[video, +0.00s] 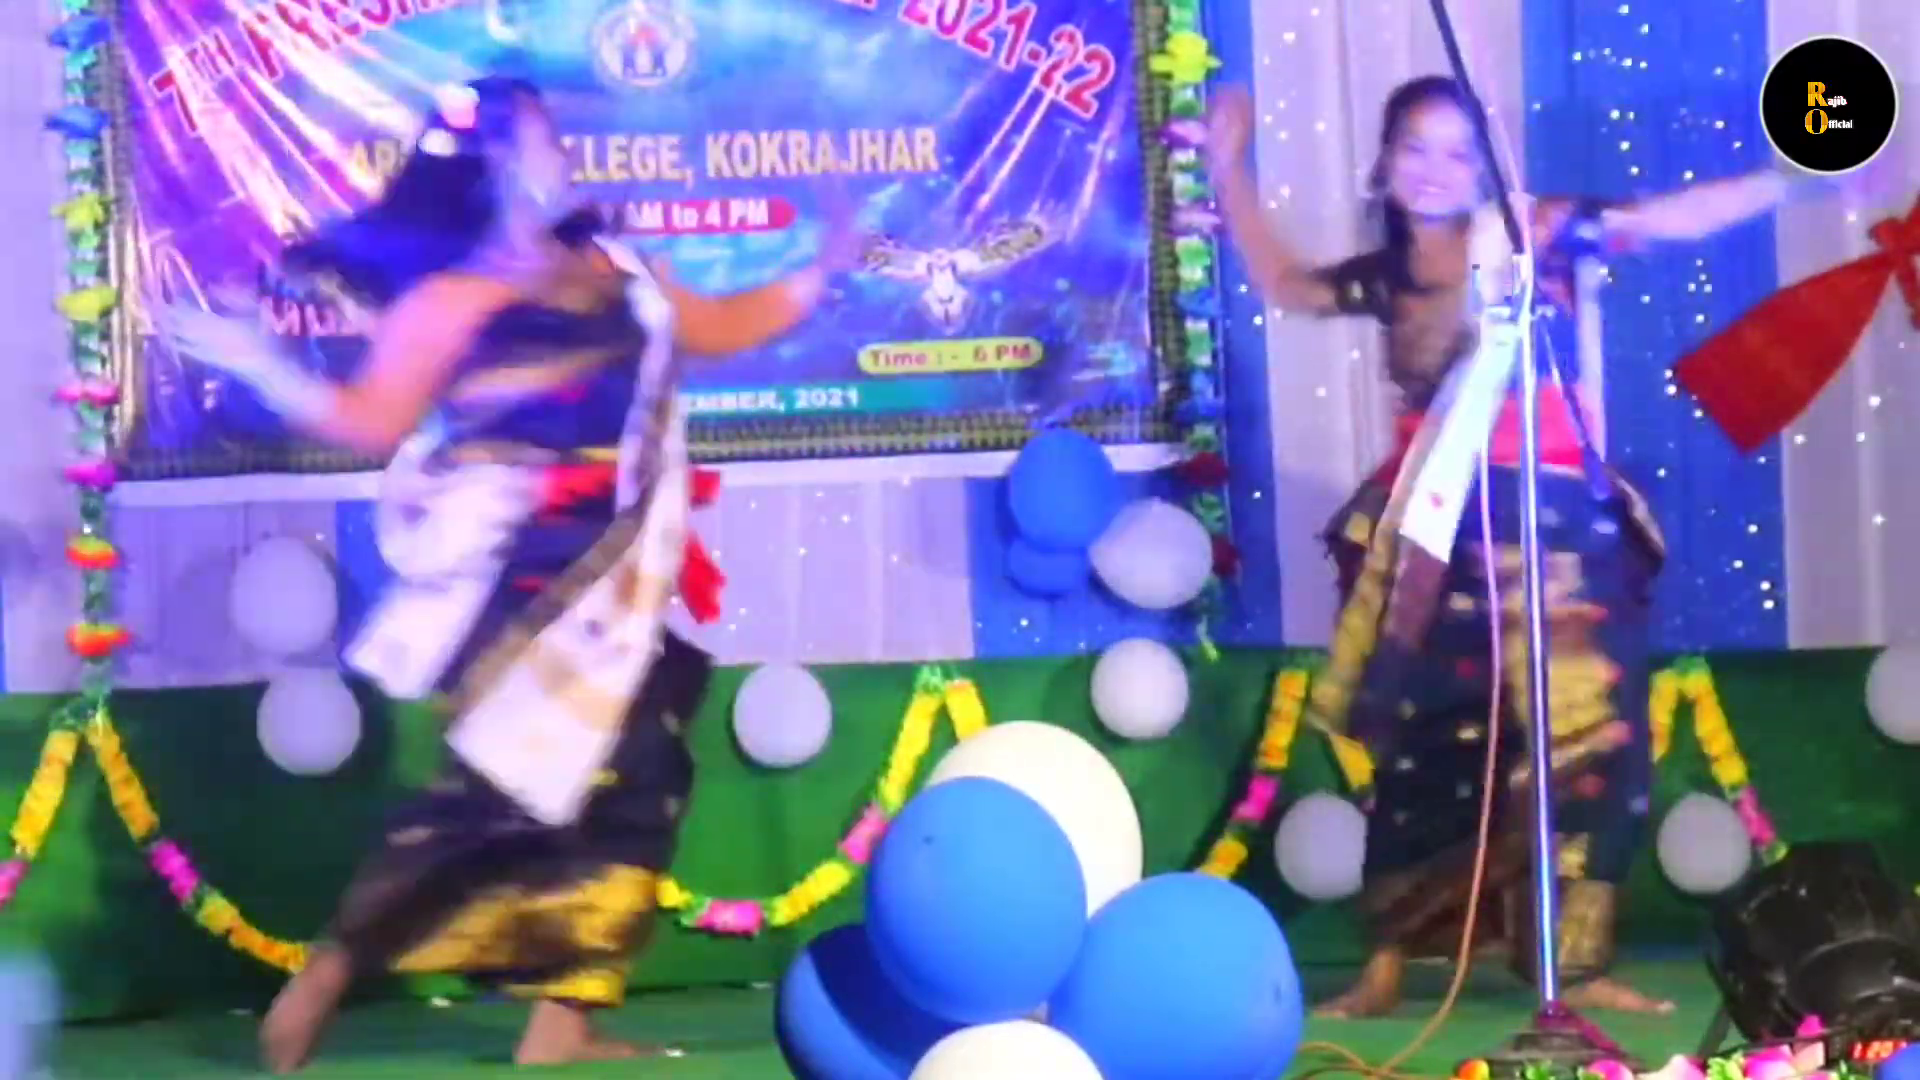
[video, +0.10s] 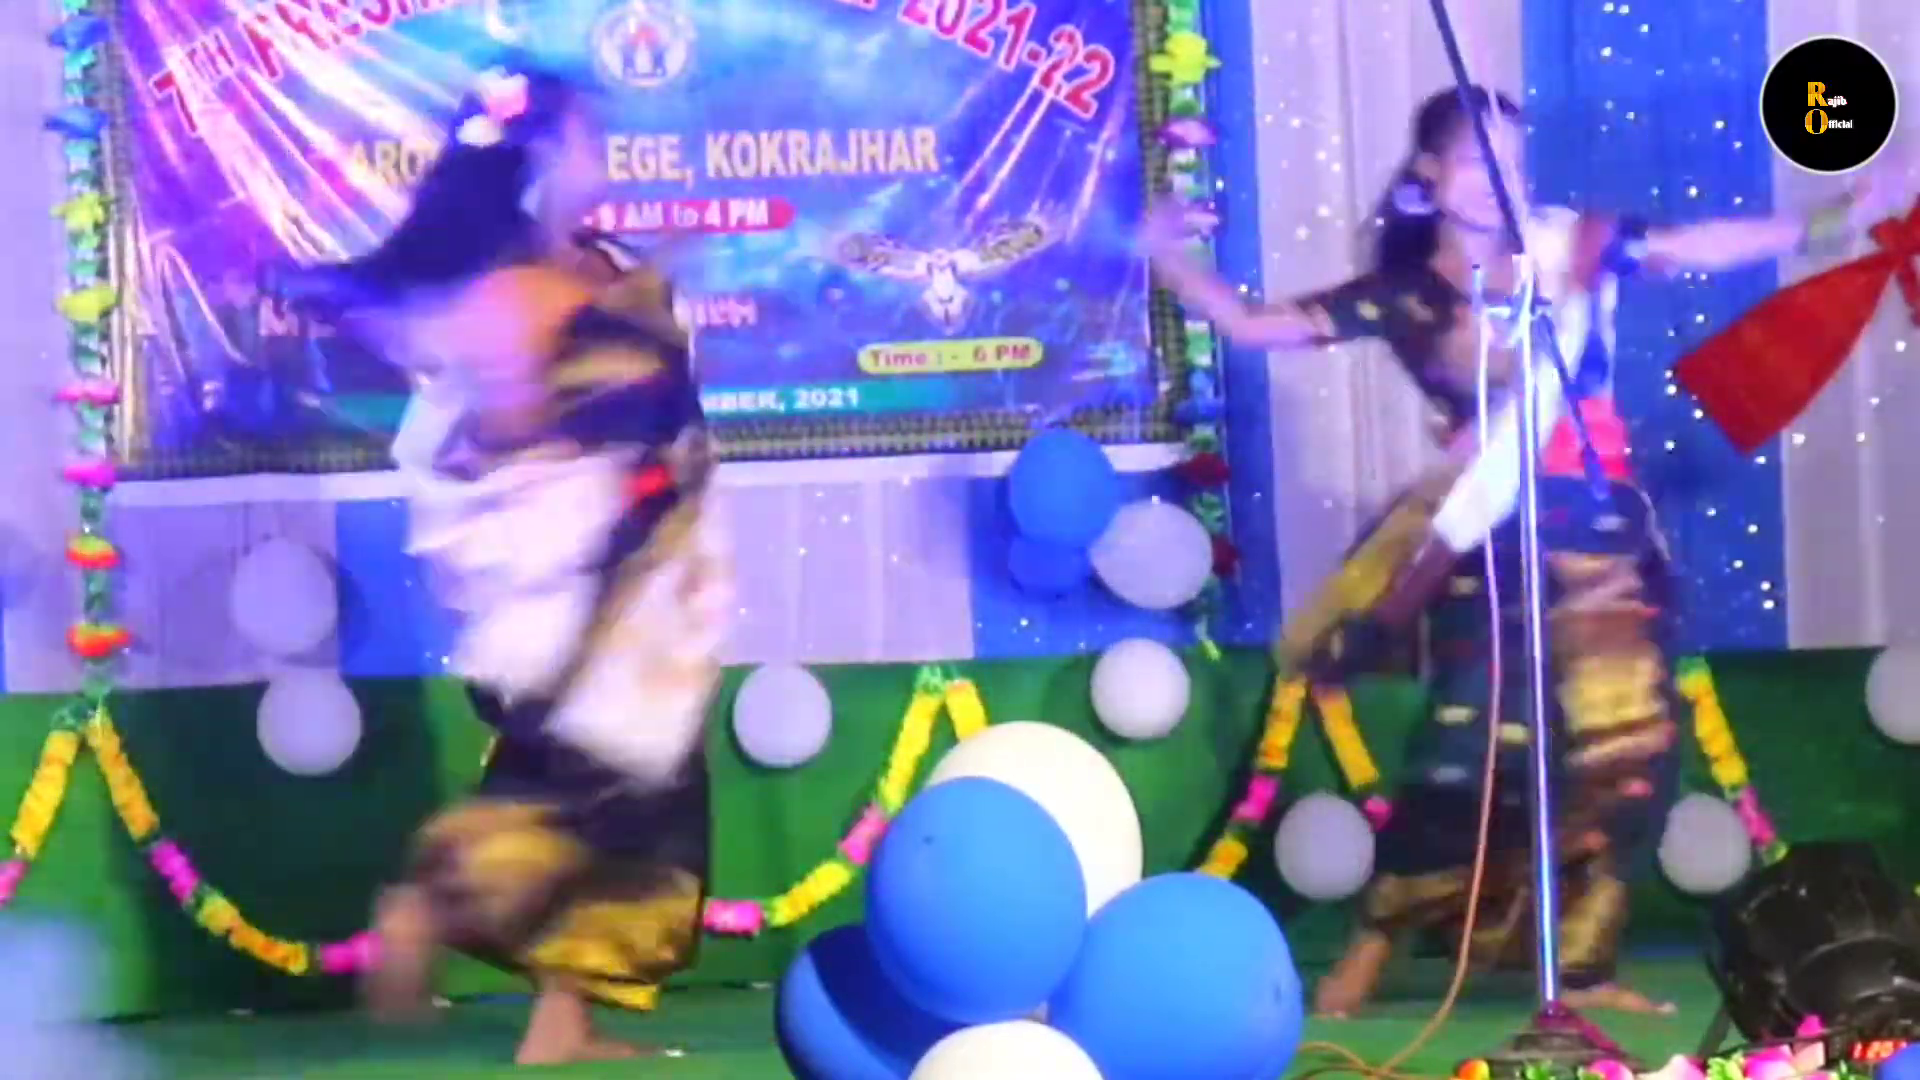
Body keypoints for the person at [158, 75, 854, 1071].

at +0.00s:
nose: (563, 160)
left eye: (557, 141)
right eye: (539, 145)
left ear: (560, 153)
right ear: (490, 173)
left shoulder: (625, 283)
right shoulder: (456, 301)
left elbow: (729, 326)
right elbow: (370, 424)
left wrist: (824, 265)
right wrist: (259, 363)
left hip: (618, 587)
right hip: (501, 585)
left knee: (636, 787)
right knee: (496, 795)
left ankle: (562, 1023)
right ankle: (327, 977)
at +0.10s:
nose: (598, 166)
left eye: (597, 146)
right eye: (584, 145)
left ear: (549, 153)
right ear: (532, 153)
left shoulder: (581, 271)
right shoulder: (505, 294)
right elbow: (508, 430)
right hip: (550, 570)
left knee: (624, 791)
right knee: (585, 782)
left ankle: (563, 1021)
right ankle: (429, 910)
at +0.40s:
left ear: (582, 118)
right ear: (703, 130)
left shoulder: (557, 226)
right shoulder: (733, 235)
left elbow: (444, 254)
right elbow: (820, 339)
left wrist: (334, 204)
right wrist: (875, 268)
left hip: (629, 523)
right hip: (736, 518)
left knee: (643, 753)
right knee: (742, 733)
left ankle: (747, 996)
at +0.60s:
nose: (597, 166)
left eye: (617, 146)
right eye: (597, 144)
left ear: (681, 152)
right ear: (619, 150)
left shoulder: (739, 255)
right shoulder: (636, 279)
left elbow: (741, 329)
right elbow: (569, 393)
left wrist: (662, 267)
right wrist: (471, 339)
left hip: (730, 590)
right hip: (648, 592)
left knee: (728, 790)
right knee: (648, 790)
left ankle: (759, 1010)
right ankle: (726, 1005)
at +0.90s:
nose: (597, 116)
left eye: (618, 94)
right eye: (582, 97)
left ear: (676, 93)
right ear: (568, 111)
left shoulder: (740, 200)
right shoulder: (544, 218)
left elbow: (834, 261)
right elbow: (417, 301)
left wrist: (751, 182)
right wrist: (414, 370)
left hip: (707, 493)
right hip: (591, 498)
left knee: (721, 730)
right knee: (614, 729)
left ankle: (734, 969)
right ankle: (683, 964)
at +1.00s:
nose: (591, 170)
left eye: (612, 148)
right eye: (574, 152)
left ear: (665, 150)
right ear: (554, 167)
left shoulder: (732, 260)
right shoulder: (530, 281)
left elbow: (812, 363)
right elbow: (452, 410)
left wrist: (738, 457)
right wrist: (482, 527)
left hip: (696, 550)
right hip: (569, 553)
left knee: (732, 761)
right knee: (585, 761)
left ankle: (729, 984)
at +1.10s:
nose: (588, 198)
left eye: (610, 179)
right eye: (569, 181)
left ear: (656, 189)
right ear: (546, 199)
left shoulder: (732, 314)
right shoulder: (511, 325)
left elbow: (791, 435)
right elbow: (463, 465)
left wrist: (726, 537)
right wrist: (497, 584)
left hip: (696, 606)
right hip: (561, 615)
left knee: (727, 810)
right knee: (563, 823)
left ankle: (720, 993)